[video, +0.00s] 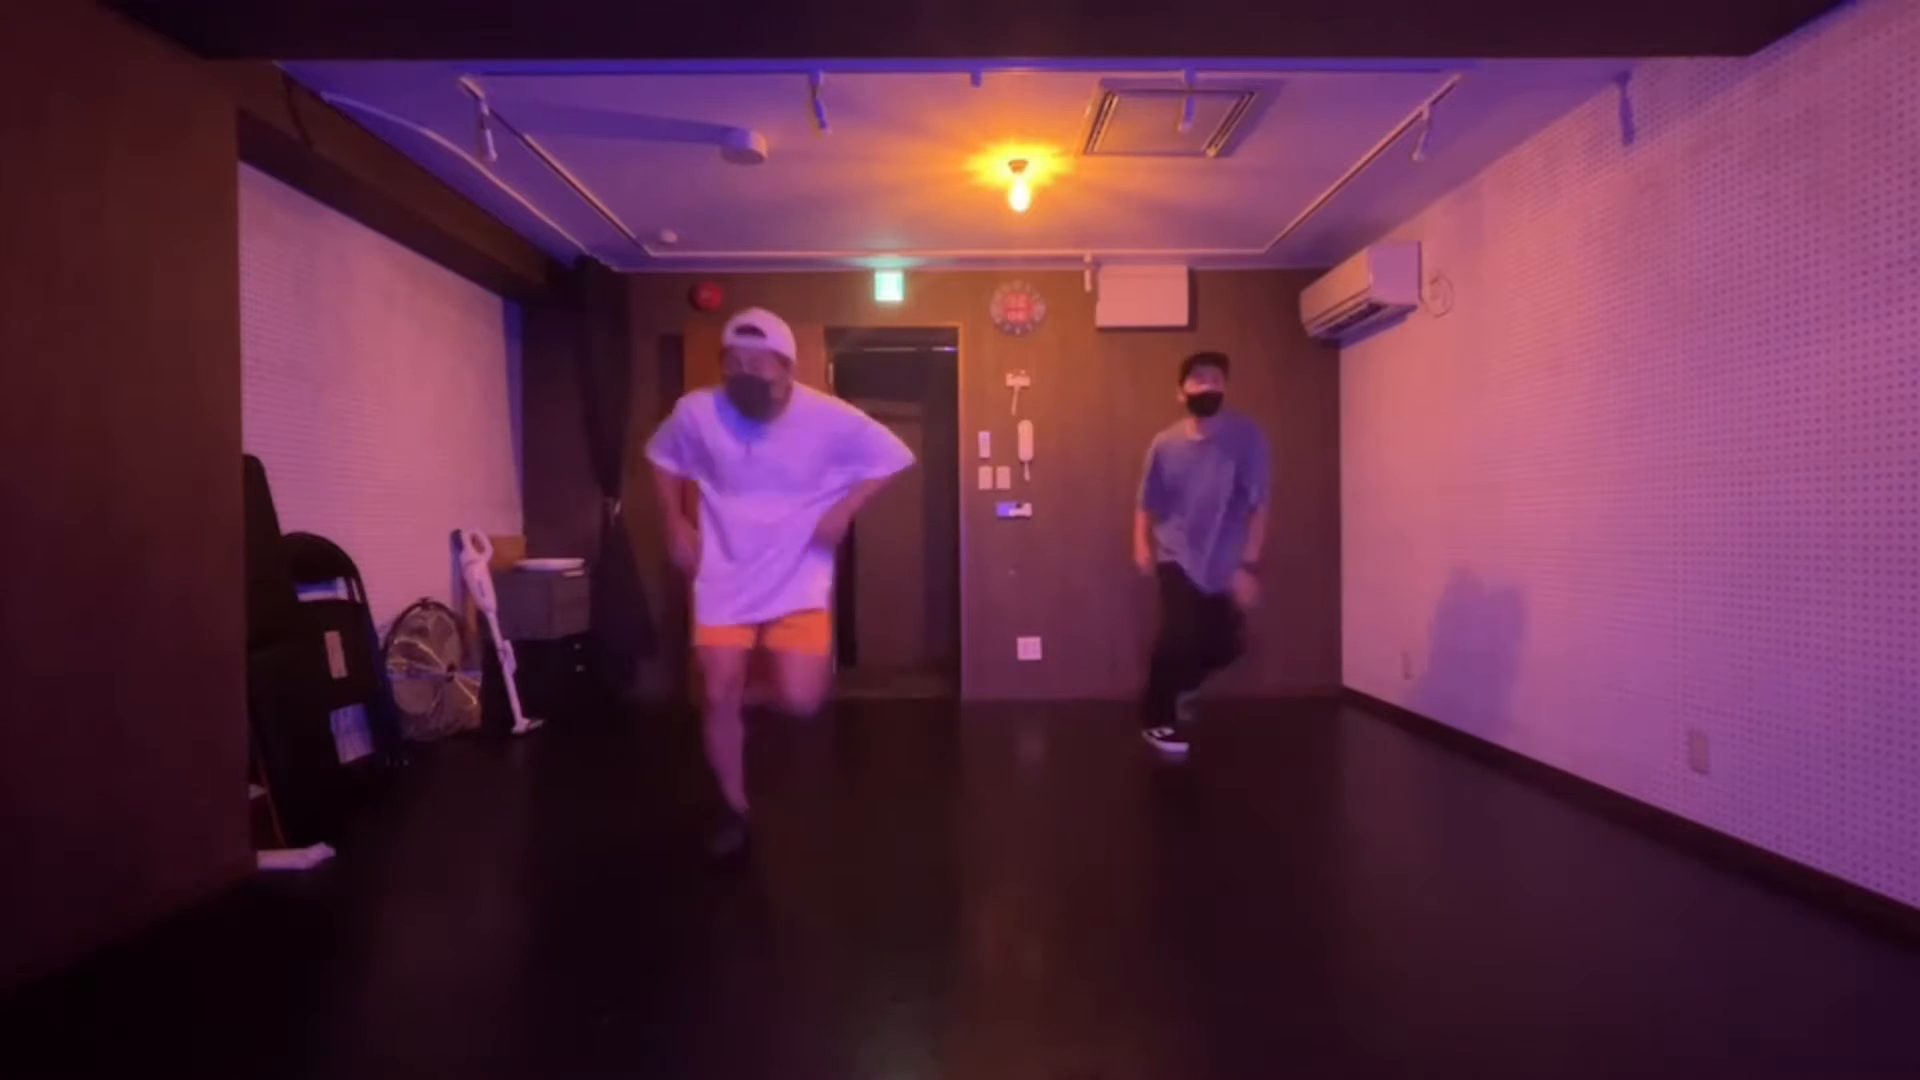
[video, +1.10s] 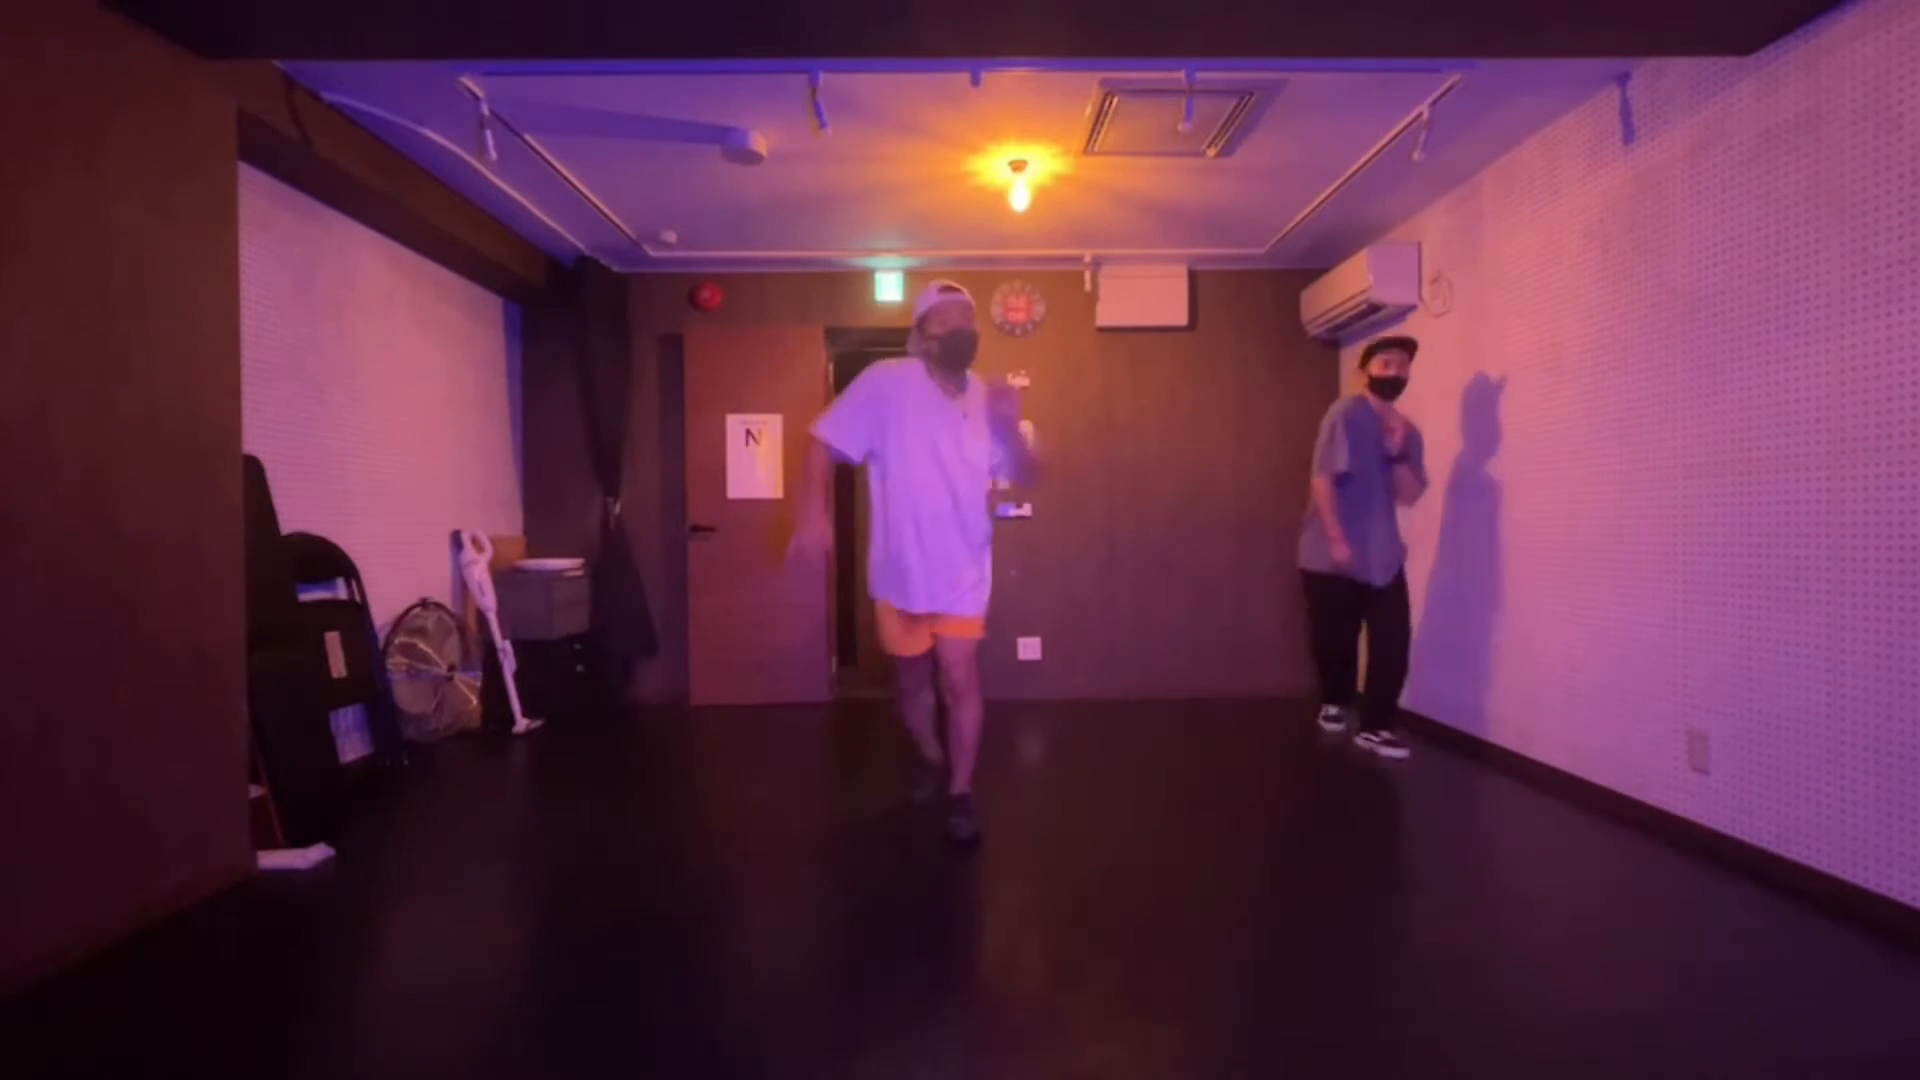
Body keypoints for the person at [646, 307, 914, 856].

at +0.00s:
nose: (750, 371)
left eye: (763, 360)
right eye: (740, 359)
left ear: (787, 368)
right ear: (725, 365)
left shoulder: (822, 414)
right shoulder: (698, 413)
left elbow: (893, 458)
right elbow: (662, 456)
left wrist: (844, 511)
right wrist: (676, 524)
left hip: (800, 575)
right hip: (723, 575)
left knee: (802, 697)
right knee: (721, 694)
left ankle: (738, 692)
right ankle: (734, 813)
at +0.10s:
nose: (770, 373)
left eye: (782, 362)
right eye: (760, 360)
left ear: (802, 366)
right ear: (741, 361)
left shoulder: (832, 415)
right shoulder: (707, 414)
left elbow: (900, 459)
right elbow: (659, 452)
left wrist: (853, 504)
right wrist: (673, 517)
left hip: (811, 578)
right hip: (730, 581)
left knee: (832, 690)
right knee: (724, 696)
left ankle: (754, 684)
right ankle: (735, 815)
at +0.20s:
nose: (811, 325)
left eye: (823, 316)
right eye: (801, 313)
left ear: (839, 328)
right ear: (776, 318)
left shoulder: (864, 393)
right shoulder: (737, 387)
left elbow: (897, 468)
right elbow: (701, 461)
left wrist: (869, 504)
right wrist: (690, 524)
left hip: (832, 565)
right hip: (750, 568)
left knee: (875, 673)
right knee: (743, 687)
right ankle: (736, 809)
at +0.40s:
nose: (869, 331)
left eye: (880, 321)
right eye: (858, 321)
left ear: (896, 325)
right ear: (837, 326)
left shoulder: (922, 397)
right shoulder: (803, 383)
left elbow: (936, 483)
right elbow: (771, 464)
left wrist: (916, 501)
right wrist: (735, 525)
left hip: (886, 569)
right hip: (806, 570)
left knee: (918, 682)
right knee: (774, 681)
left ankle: (899, 807)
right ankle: (741, 808)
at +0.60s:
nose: (914, 338)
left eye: (926, 329)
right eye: (904, 326)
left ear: (943, 338)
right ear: (884, 330)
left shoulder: (963, 397)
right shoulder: (844, 378)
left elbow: (1019, 454)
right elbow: (788, 433)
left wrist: (983, 476)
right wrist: (772, 483)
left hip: (918, 570)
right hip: (841, 561)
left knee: (929, 679)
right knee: (809, 668)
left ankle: (948, 792)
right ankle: (799, 791)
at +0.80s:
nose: (959, 368)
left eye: (969, 358)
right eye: (947, 356)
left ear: (980, 365)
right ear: (922, 360)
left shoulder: (995, 425)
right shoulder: (881, 397)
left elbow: (1057, 470)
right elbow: (803, 420)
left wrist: (1016, 486)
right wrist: (810, 488)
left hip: (950, 578)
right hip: (876, 572)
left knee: (941, 687)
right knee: (867, 691)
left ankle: (955, 799)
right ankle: (889, 775)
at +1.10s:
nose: (964, 339)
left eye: (969, 330)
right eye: (951, 330)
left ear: (977, 336)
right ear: (922, 334)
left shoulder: (985, 395)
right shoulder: (886, 380)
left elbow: (1023, 475)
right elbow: (824, 440)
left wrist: (1011, 427)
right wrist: (814, 515)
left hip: (964, 558)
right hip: (900, 559)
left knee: (960, 676)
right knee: (913, 679)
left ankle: (962, 793)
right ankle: (933, 762)